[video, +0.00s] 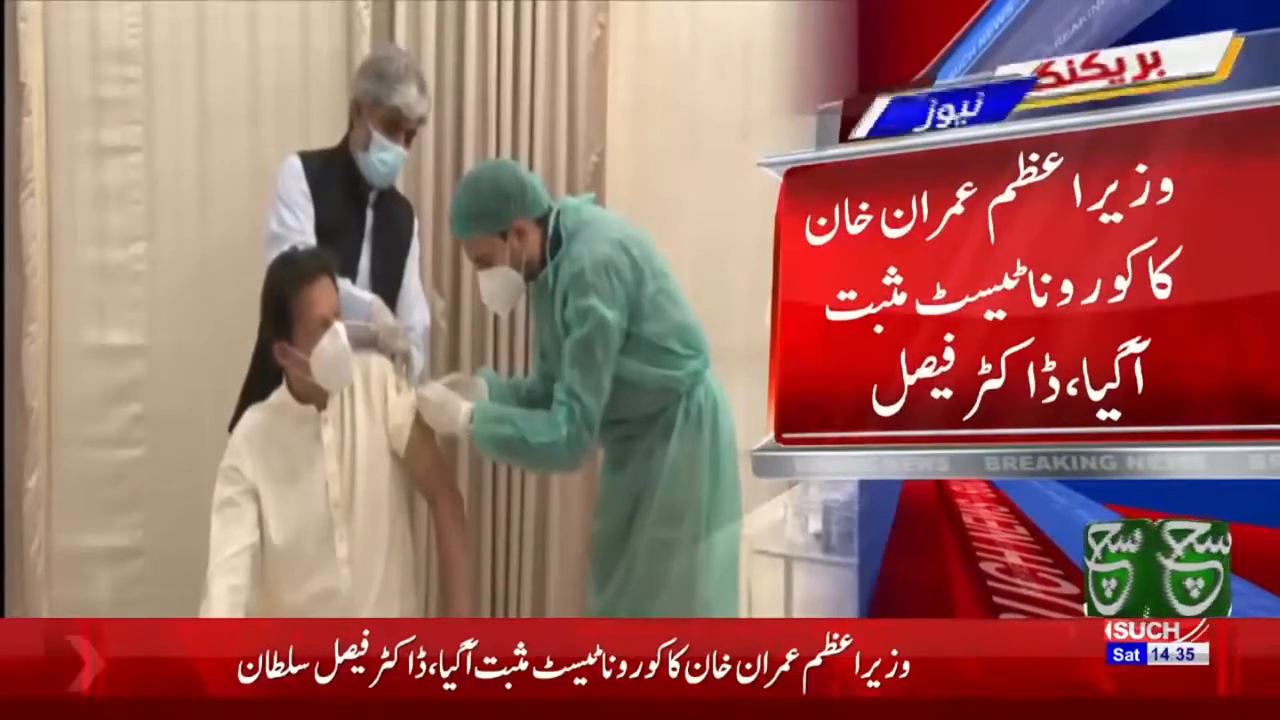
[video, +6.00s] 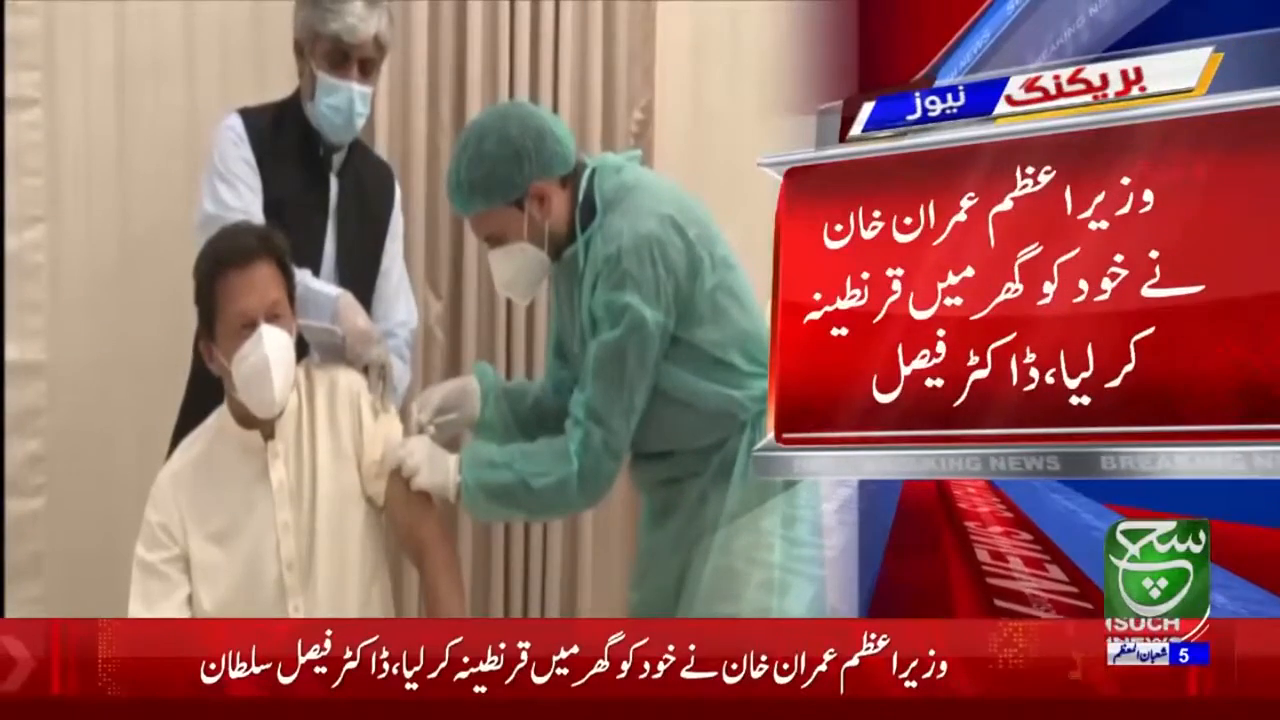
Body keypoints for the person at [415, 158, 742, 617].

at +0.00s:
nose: (484, 276)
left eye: (486, 262)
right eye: (477, 265)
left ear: (520, 233)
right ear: (520, 233)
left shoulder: (592, 263)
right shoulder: (551, 262)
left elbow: (571, 437)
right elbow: (551, 394)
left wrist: (469, 420)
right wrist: (484, 390)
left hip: (680, 434)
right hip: (632, 438)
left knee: (657, 603)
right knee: (613, 597)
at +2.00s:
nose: (499, 225)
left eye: (500, 210)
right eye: (493, 212)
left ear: (540, 188)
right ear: (537, 188)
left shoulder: (604, 238)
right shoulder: (575, 223)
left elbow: (578, 407)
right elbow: (594, 350)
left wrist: (479, 434)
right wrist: (545, 376)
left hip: (670, 431)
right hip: (630, 428)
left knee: (650, 599)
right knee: (615, 592)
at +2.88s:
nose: (528, 173)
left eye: (534, 159)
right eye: (523, 160)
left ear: (576, 141)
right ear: (572, 142)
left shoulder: (626, 209)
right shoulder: (596, 197)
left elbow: (586, 356)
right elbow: (588, 324)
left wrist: (486, 417)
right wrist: (554, 355)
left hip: (658, 429)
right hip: (622, 426)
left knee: (639, 602)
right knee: (608, 595)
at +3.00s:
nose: (495, 239)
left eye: (497, 220)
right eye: (486, 222)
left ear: (543, 183)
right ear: (543, 182)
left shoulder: (635, 220)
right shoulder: (584, 219)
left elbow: (588, 448)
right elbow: (585, 400)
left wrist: (457, 456)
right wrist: (500, 395)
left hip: (749, 456)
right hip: (677, 462)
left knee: (724, 653)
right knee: (655, 649)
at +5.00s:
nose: (496, 255)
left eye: (498, 238)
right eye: (487, 242)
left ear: (544, 199)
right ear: (544, 198)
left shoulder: (634, 233)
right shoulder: (581, 230)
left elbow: (591, 457)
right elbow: (571, 399)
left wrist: (460, 468)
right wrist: (487, 399)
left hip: (750, 468)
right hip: (678, 475)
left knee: (731, 664)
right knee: (655, 661)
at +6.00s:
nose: (496, 258)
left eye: (497, 241)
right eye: (487, 245)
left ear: (543, 201)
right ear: (545, 200)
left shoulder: (634, 238)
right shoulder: (582, 234)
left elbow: (589, 464)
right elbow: (567, 404)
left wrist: (458, 473)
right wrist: (483, 404)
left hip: (750, 473)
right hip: (677, 478)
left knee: (733, 662)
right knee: (655, 658)